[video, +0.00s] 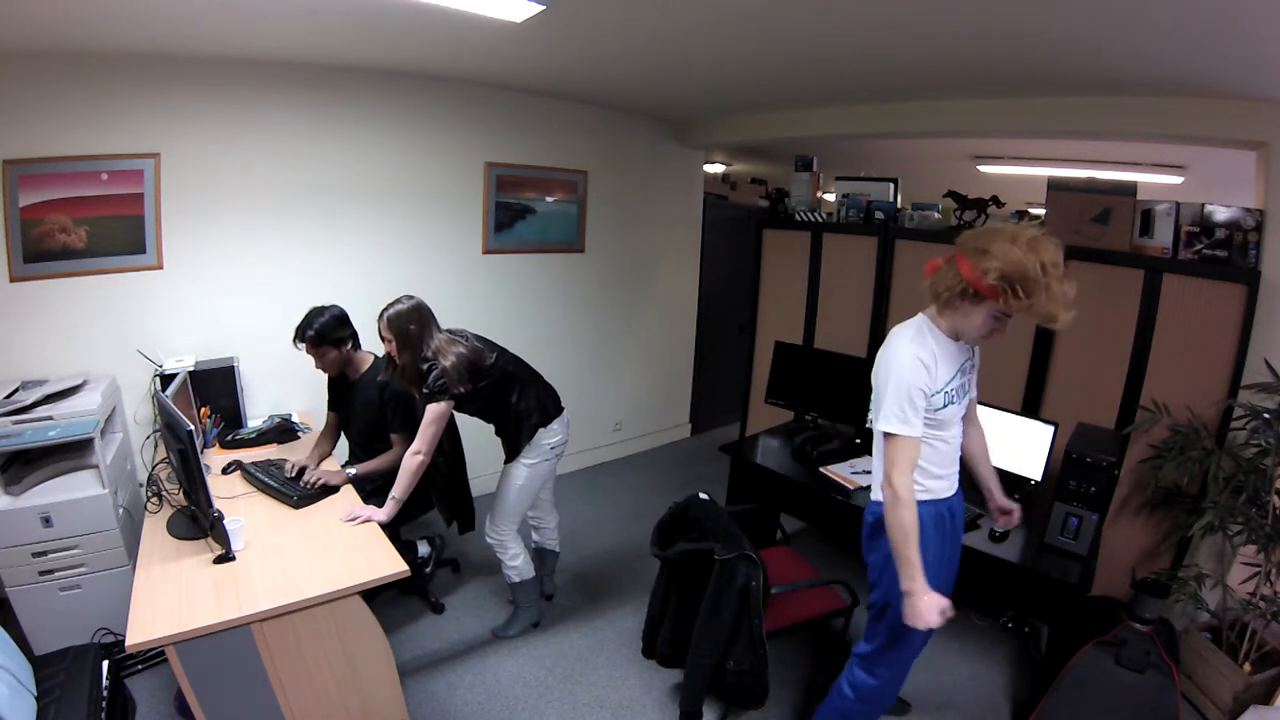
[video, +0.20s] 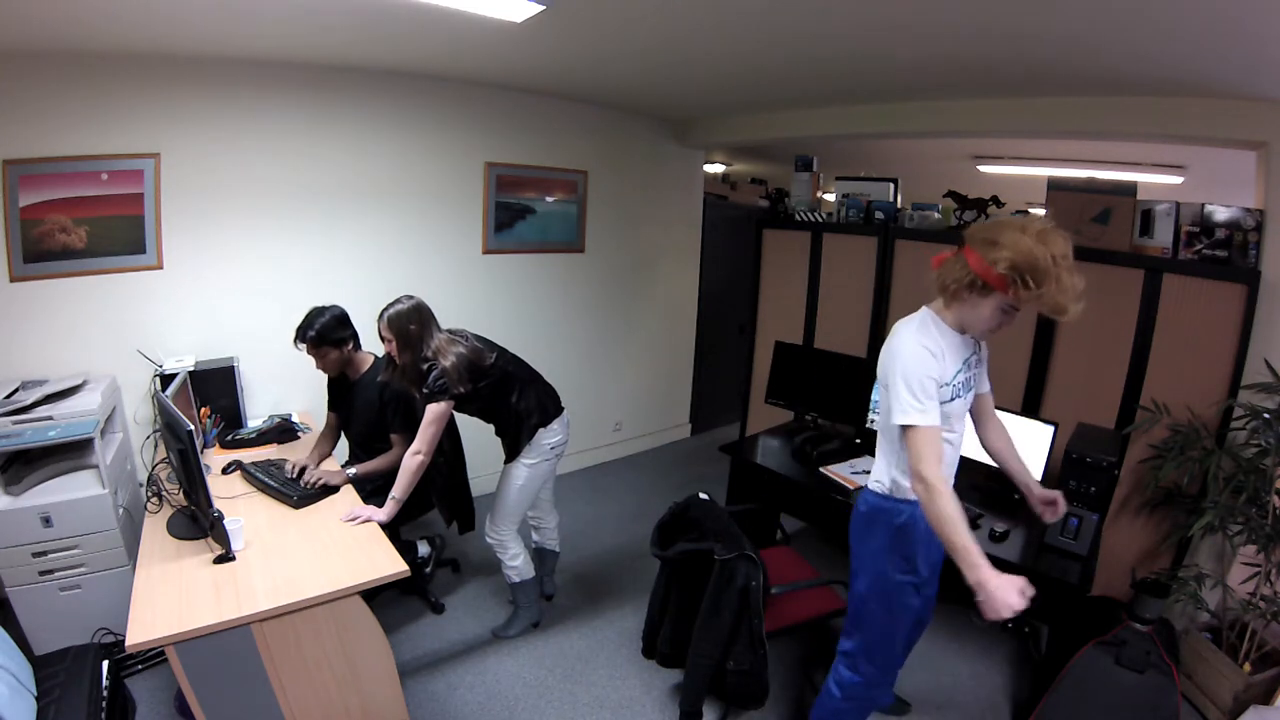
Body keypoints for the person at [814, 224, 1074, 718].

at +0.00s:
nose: (1002, 330)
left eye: (1008, 319)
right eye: (999, 317)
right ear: (970, 295)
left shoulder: (964, 342)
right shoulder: (907, 356)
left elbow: (968, 421)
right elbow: (896, 486)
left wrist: (993, 494)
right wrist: (915, 588)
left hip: (944, 508)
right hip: (905, 517)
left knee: (918, 616)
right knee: (890, 643)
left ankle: (880, 692)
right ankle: (843, 712)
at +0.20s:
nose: (1007, 325)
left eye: (1014, 314)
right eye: (1007, 311)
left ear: (990, 293)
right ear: (981, 288)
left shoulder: (969, 341)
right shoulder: (913, 347)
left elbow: (986, 419)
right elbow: (927, 480)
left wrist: (1029, 487)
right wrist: (985, 579)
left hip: (931, 511)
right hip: (893, 517)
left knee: (909, 615)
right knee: (869, 648)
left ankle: (874, 690)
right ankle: (835, 712)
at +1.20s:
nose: (1001, 332)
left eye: (1007, 321)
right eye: (1000, 318)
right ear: (973, 295)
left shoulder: (965, 345)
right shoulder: (909, 355)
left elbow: (988, 424)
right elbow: (932, 485)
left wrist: (1041, 489)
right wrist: (998, 581)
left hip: (930, 527)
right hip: (891, 533)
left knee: (916, 629)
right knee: (874, 688)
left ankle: (881, 694)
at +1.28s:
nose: (998, 333)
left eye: (1005, 322)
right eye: (996, 319)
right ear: (966, 296)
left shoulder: (960, 345)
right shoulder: (905, 356)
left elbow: (974, 424)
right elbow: (911, 487)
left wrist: (1015, 493)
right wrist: (951, 587)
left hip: (942, 515)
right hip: (899, 528)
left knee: (914, 623)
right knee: (876, 679)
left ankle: (881, 697)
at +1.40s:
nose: (999, 330)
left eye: (1006, 319)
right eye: (998, 316)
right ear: (971, 293)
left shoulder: (959, 339)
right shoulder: (904, 356)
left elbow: (965, 420)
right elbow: (897, 487)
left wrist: (994, 492)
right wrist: (924, 588)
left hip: (946, 512)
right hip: (907, 522)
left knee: (915, 615)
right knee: (874, 652)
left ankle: (878, 689)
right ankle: (838, 713)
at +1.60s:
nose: (1002, 331)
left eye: (1009, 320)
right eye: (1001, 318)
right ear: (974, 294)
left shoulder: (966, 343)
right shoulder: (908, 353)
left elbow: (986, 421)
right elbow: (930, 482)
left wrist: (1042, 484)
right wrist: (1001, 574)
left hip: (929, 520)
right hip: (890, 527)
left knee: (912, 620)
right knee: (868, 677)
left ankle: (877, 690)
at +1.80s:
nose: (997, 332)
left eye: (1003, 322)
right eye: (995, 319)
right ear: (966, 296)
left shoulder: (956, 341)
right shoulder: (903, 357)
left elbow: (963, 420)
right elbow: (896, 489)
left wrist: (990, 491)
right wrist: (922, 588)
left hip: (947, 512)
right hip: (909, 521)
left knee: (917, 614)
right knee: (883, 648)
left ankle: (880, 689)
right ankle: (840, 713)